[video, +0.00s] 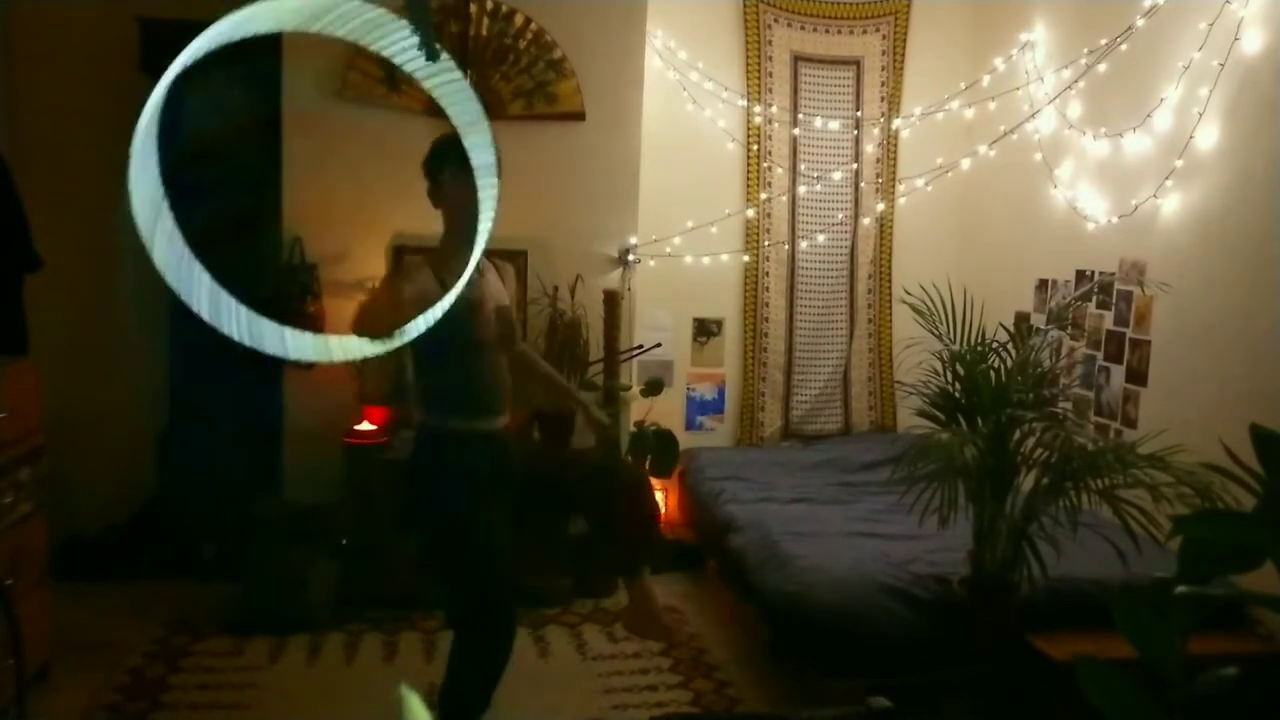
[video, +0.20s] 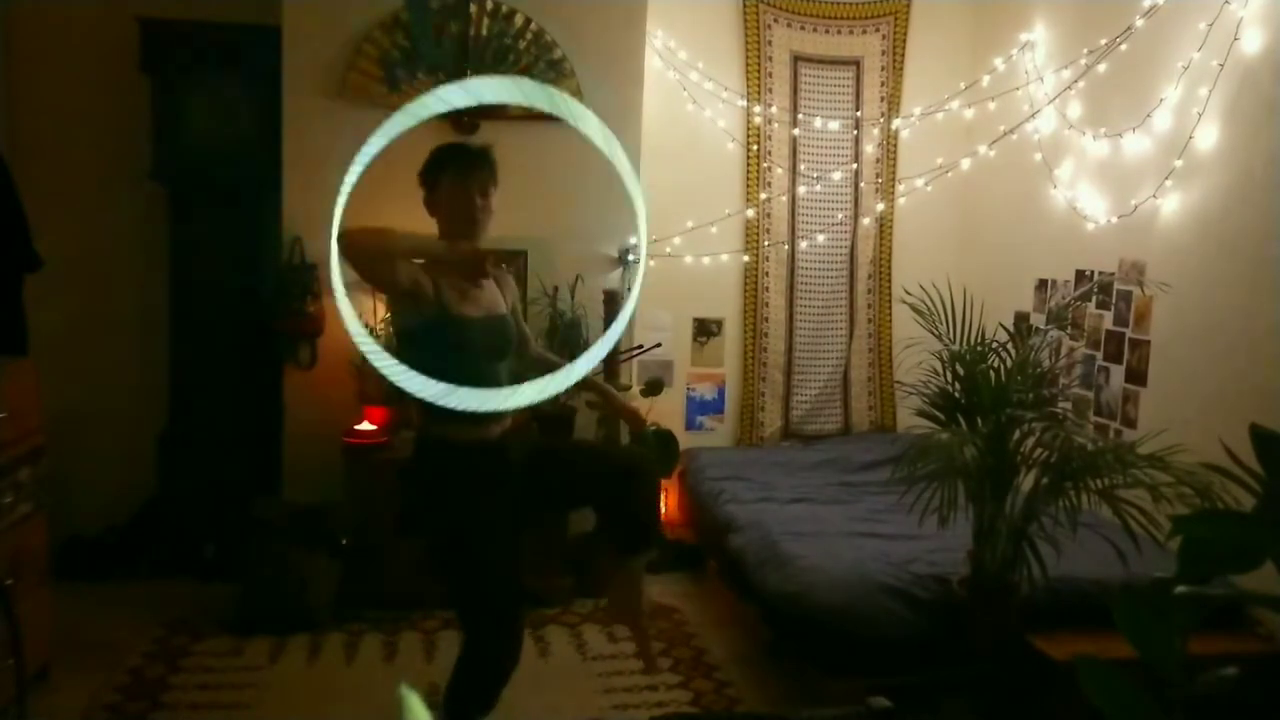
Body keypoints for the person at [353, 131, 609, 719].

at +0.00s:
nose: (478, 194)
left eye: (482, 180)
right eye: (463, 181)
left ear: (488, 186)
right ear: (438, 190)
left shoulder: (492, 274)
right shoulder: (420, 273)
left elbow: (518, 356)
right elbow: (371, 333)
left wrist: (581, 405)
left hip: (493, 456)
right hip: (446, 459)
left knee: (489, 612)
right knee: (485, 615)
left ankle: (458, 706)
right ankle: (456, 708)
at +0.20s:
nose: (477, 204)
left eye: (485, 191)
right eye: (461, 191)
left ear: (497, 200)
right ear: (431, 200)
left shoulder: (497, 283)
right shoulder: (415, 283)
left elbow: (533, 359)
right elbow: (349, 242)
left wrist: (613, 401)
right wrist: (441, 257)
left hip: (512, 455)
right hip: (451, 466)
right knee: (496, 639)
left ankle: (611, 577)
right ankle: (454, 714)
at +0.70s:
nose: (500, 176)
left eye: (503, 165)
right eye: (489, 164)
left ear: (497, 169)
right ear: (455, 172)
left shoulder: (498, 256)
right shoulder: (440, 248)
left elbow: (511, 357)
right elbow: (498, 171)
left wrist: (560, 418)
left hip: (507, 435)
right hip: (461, 444)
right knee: (485, 615)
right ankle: (451, 708)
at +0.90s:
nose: (505, 185)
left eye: (510, 170)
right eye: (490, 170)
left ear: (515, 173)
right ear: (457, 175)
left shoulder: (496, 256)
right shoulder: (452, 245)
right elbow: (538, 254)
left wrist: (536, 409)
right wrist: (643, 259)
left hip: (491, 450)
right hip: (458, 450)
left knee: (475, 599)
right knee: (468, 600)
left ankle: (451, 706)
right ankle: (448, 707)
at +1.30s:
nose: (497, 255)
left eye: (497, 239)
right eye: (483, 241)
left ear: (495, 241)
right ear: (450, 246)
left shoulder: (477, 327)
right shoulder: (442, 339)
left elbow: (501, 430)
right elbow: (477, 452)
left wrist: (503, 460)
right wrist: (517, 471)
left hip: (463, 528)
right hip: (442, 535)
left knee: (412, 671)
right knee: (528, 651)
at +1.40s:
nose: (487, 256)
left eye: (490, 241)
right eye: (470, 244)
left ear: (500, 246)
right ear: (439, 255)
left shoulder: (502, 324)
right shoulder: (432, 341)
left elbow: (509, 417)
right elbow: (468, 448)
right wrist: (521, 488)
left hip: (482, 521)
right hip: (438, 527)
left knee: (418, 682)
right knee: (531, 668)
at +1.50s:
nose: (482, 254)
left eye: (488, 239)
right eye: (466, 242)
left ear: (498, 246)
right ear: (438, 255)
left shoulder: (514, 322)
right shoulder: (430, 343)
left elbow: (522, 411)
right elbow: (442, 444)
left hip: (506, 514)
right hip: (448, 517)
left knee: (449, 673)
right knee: (532, 680)